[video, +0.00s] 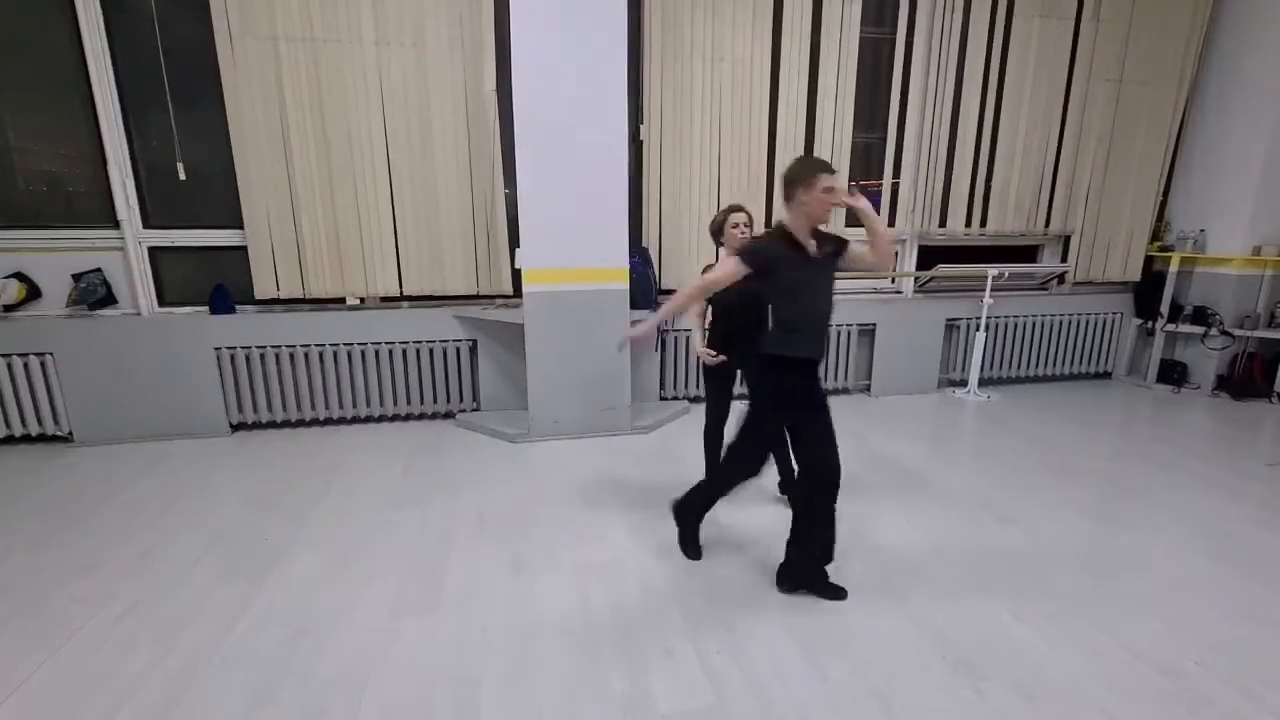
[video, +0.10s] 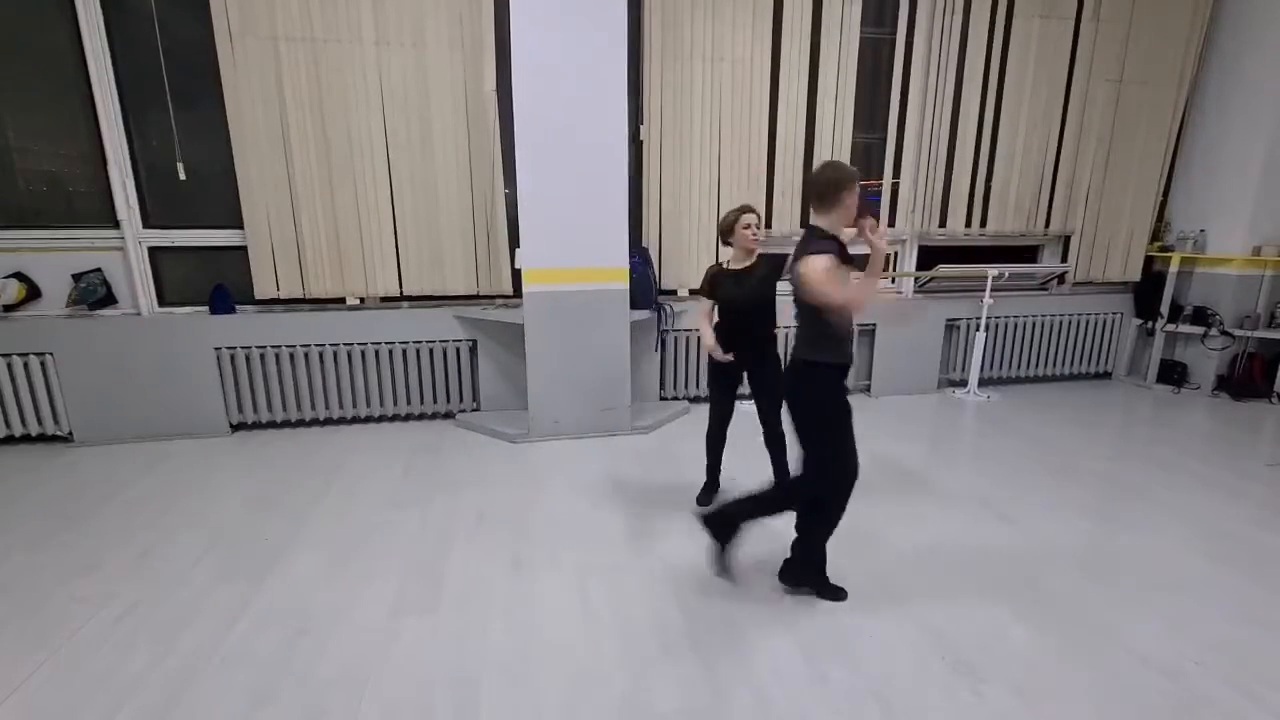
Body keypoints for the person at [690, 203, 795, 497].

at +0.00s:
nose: (742, 231)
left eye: (747, 226)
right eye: (735, 226)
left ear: (753, 232)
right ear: (721, 235)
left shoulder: (762, 267)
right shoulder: (711, 272)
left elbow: (778, 307)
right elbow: (699, 313)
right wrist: (699, 344)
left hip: (756, 348)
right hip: (720, 350)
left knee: (771, 416)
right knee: (715, 419)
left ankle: (788, 479)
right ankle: (713, 479)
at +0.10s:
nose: (755, 232)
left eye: (757, 227)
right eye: (747, 227)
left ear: (761, 233)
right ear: (730, 235)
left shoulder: (770, 265)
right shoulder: (716, 274)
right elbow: (703, 314)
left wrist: (847, 234)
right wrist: (710, 342)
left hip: (763, 354)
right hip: (725, 354)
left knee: (771, 423)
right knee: (717, 422)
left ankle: (783, 484)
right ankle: (711, 480)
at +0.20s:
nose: (766, 235)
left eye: (767, 229)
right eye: (758, 229)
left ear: (769, 235)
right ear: (740, 236)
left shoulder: (780, 269)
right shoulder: (729, 272)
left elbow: (817, 263)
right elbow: (727, 319)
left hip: (771, 357)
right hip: (736, 356)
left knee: (777, 425)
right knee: (725, 421)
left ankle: (782, 485)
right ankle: (713, 481)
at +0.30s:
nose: (775, 238)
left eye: (776, 233)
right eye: (770, 233)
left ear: (773, 235)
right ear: (751, 235)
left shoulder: (782, 267)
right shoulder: (741, 269)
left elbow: (808, 300)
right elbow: (773, 292)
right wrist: (769, 249)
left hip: (778, 357)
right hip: (746, 359)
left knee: (781, 426)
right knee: (738, 424)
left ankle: (783, 485)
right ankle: (713, 481)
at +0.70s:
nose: (762, 245)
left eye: (766, 238)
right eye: (755, 239)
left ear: (770, 238)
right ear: (737, 240)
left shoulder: (776, 273)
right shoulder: (729, 270)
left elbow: (818, 298)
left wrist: (864, 310)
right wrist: (799, 259)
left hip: (769, 361)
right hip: (738, 363)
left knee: (783, 427)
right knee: (741, 432)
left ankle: (777, 488)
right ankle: (724, 500)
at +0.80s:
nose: (760, 246)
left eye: (764, 239)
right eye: (752, 239)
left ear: (769, 241)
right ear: (735, 242)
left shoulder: (778, 273)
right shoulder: (724, 272)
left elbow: (826, 292)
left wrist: (871, 297)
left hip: (767, 363)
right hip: (731, 364)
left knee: (788, 429)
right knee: (734, 432)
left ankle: (765, 481)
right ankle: (724, 500)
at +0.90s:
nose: (764, 246)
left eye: (767, 239)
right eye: (757, 240)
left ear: (770, 240)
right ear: (737, 242)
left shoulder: (779, 272)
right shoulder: (722, 270)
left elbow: (827, 287)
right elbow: (692, 237)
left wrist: (874, 291)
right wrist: (731, 244)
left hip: (767, 364)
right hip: (728, 365)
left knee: (776, 433)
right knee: (731, 433)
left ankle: (752, 489)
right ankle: (725, 499)